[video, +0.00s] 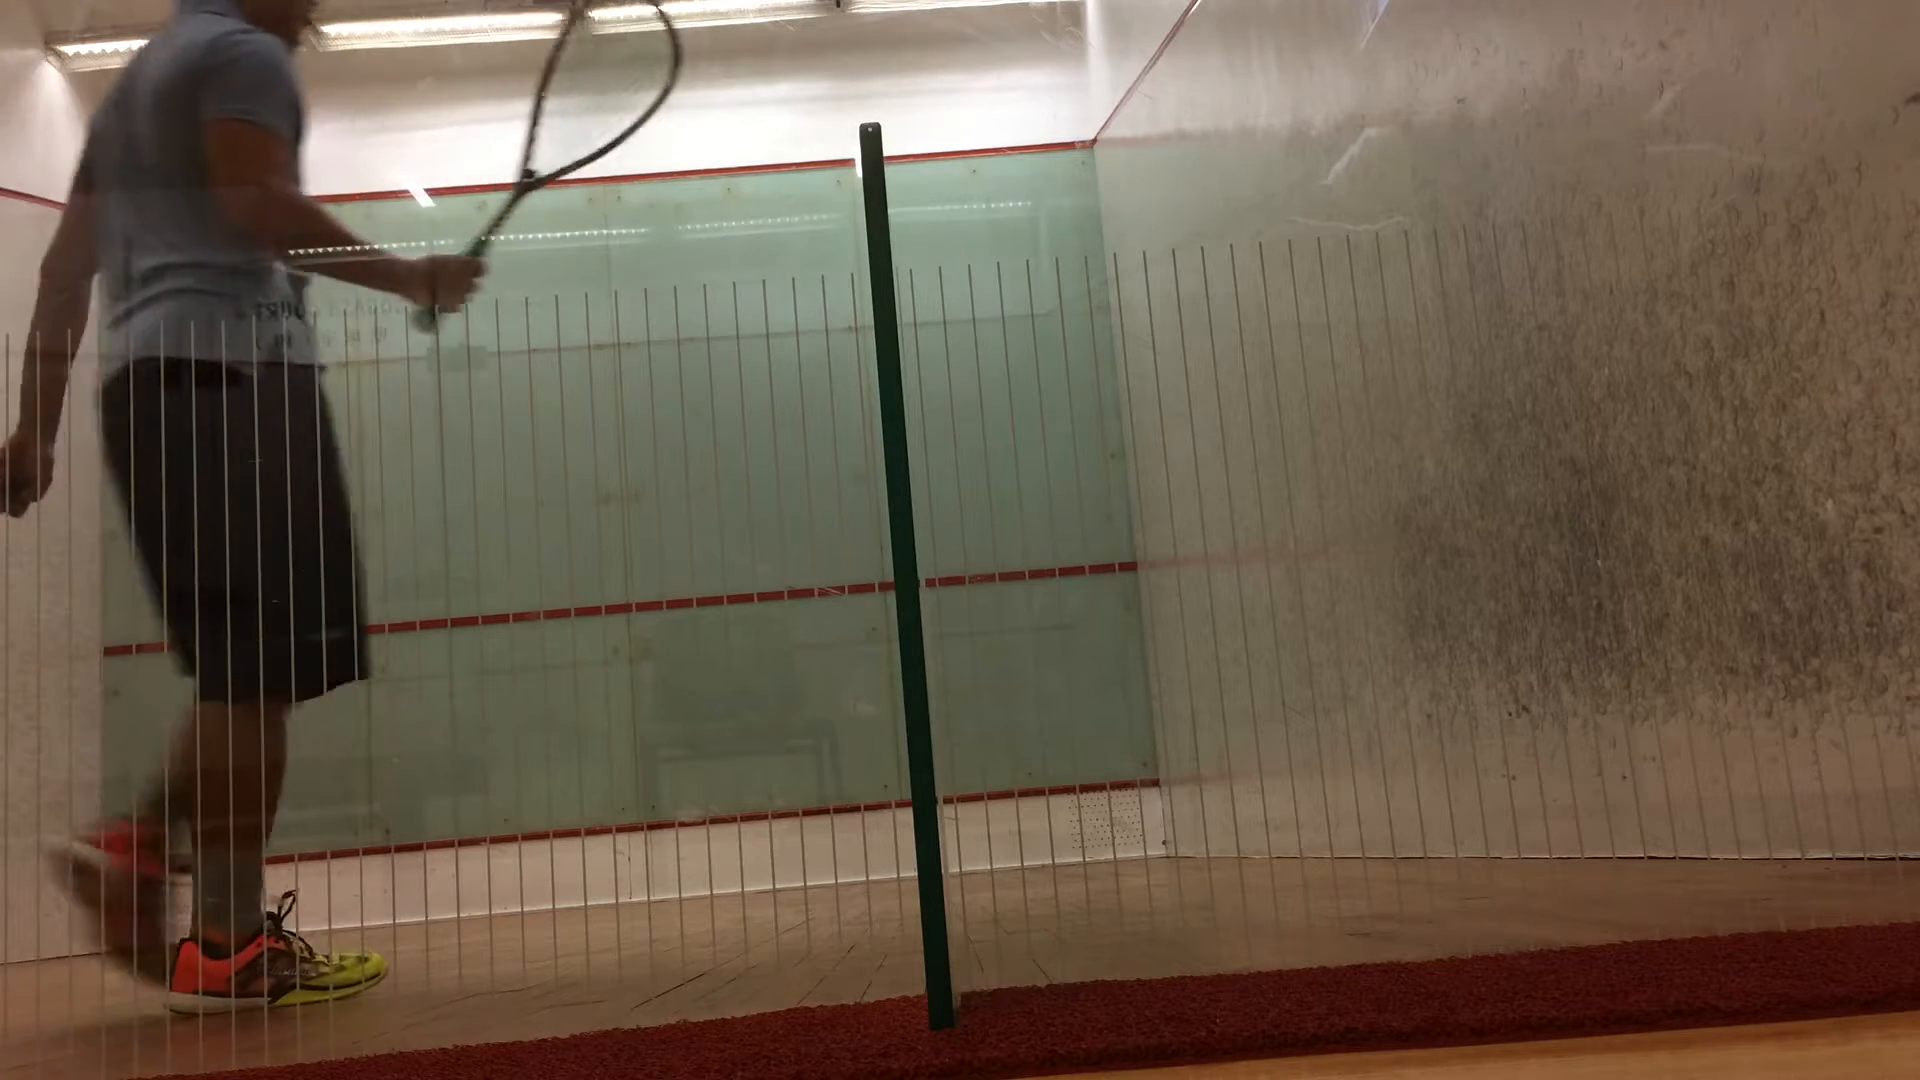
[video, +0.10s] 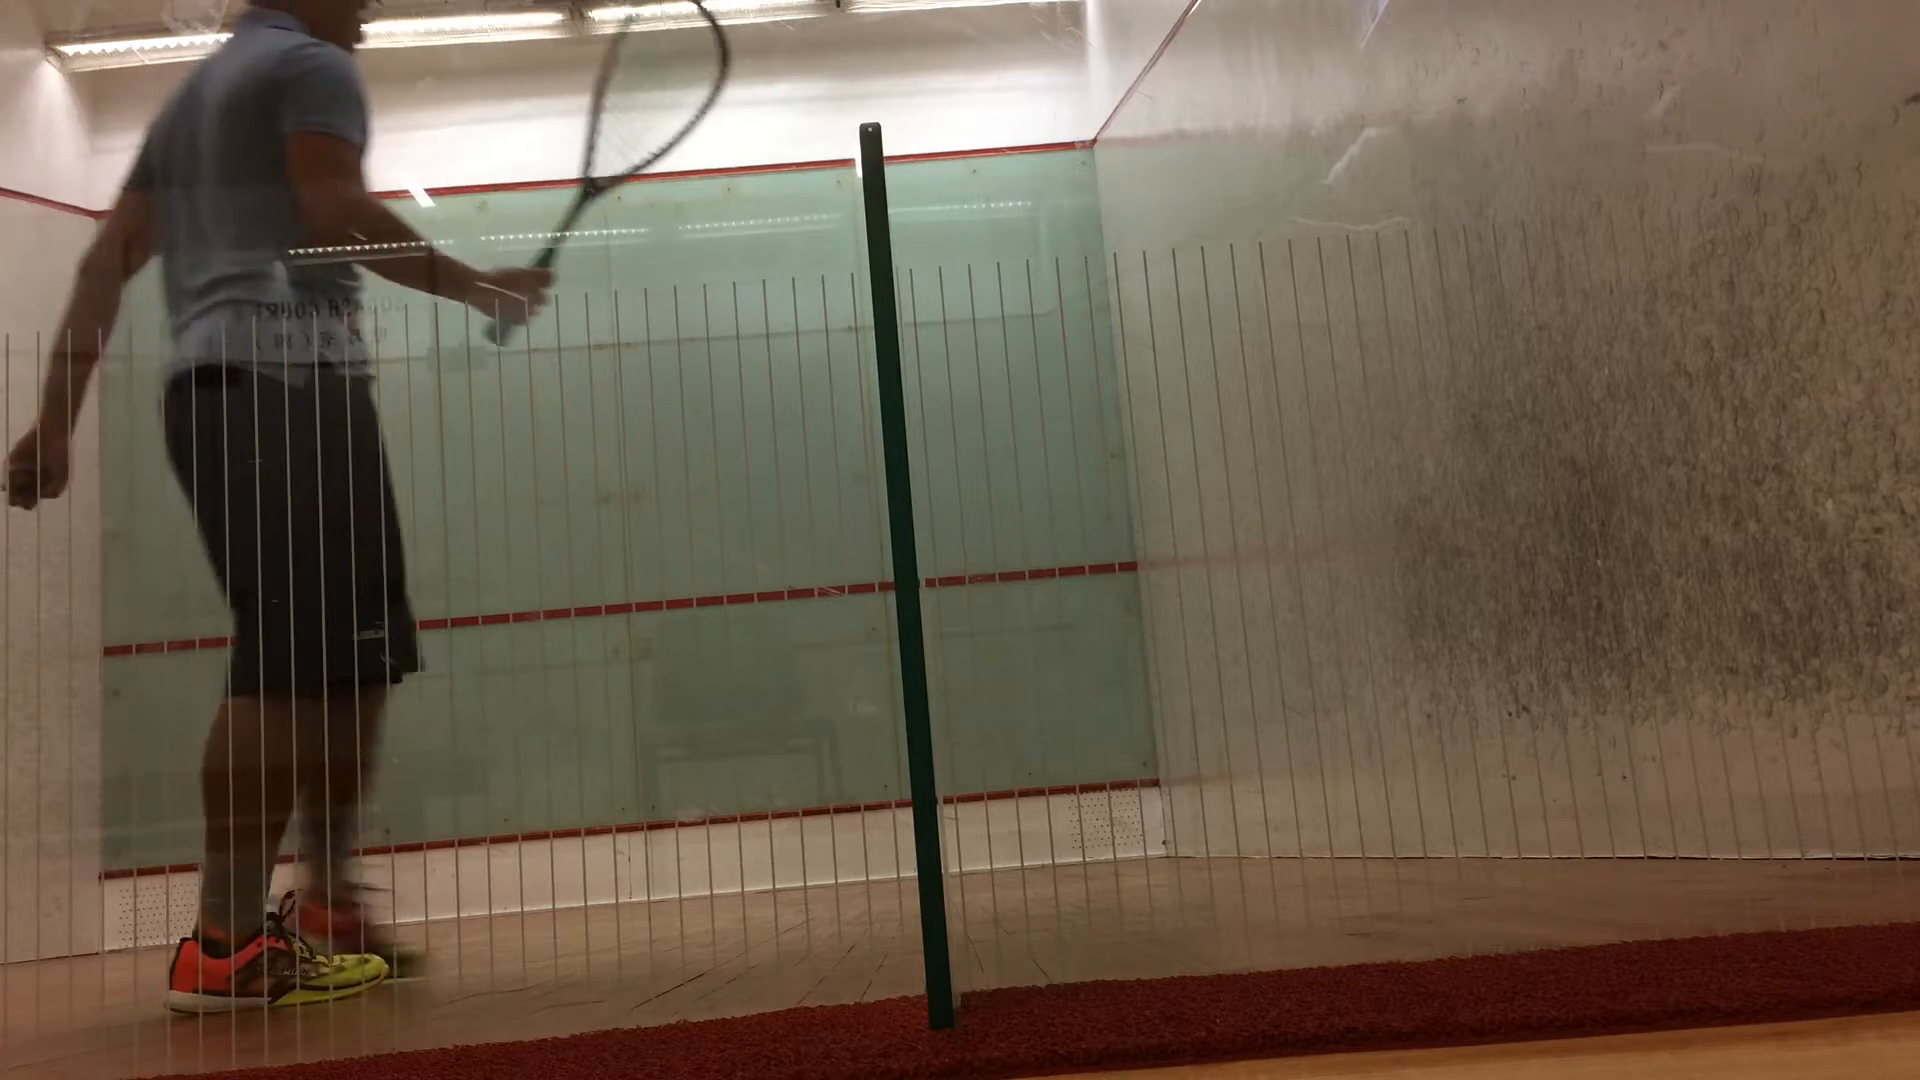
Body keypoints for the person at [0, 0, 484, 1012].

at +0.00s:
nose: (316, 19)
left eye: (317, 10)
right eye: (314, 7)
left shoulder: (133, 81)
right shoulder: (246, 53)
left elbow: (69, 262)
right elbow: (258, 206)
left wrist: (35, 425)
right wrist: (410, 277)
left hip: (150, 386)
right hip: (231, 378)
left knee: (244, 654)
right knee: (273, 650)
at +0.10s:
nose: (368, 17)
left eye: (368, 6)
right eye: (364, 4)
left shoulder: (193, 95)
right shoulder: (314, 66)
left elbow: (108, 260)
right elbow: (337, 214)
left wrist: (52, 423)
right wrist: (482, 288)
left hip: (221, 393)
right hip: (281, 390)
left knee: (361, 645)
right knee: (283, 655)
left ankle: (329, 905)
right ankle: (227, 941)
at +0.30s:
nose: (470, 62)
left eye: (470, 40)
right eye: (461, 38)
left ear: (371, 36)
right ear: (416, 31)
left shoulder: (300, 149)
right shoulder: (423, 111)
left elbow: (244, 327)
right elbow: (462, 250)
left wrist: (204, 474)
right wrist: (585, 316)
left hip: (322, 427)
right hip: (399, 421)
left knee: (431, 680)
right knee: (381, 683)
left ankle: (496, 906)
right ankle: (253, 910)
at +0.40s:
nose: (517, 66)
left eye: (517, 46)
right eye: (509, 44)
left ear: (430, 43)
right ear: (466, 38)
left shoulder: (349, 161)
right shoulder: (466, 117)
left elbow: (328, 333)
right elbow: (483, 251)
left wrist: (330, 476)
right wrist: (612, 316)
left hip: (367, 433)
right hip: (452, 422)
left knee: (452, 676)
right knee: (517, 659)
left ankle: (501, 912)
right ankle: (342, 844)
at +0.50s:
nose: (561, 68)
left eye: (562, 48)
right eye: (555, 47)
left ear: (480, 44)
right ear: (513, 44)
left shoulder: (421, 140)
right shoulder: (501, 126)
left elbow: (408, 308)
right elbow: (518, 259)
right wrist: (650, 322)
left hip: (425, 429)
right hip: (491, 423)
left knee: (485, 665)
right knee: (601, 640)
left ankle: (499, 910)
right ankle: (461, 839)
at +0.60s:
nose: (602, 80)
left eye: (601, 60)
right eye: (594, 58)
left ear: (528, 55)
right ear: (551, 54)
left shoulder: (486, 140)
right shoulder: (529, 133)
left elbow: (544, 290)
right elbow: (544, 266)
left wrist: (669, 332)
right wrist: (673, 325)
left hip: (492, 431)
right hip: (522, 430)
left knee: (512, 668)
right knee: (635, 645)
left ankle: (511, 909)